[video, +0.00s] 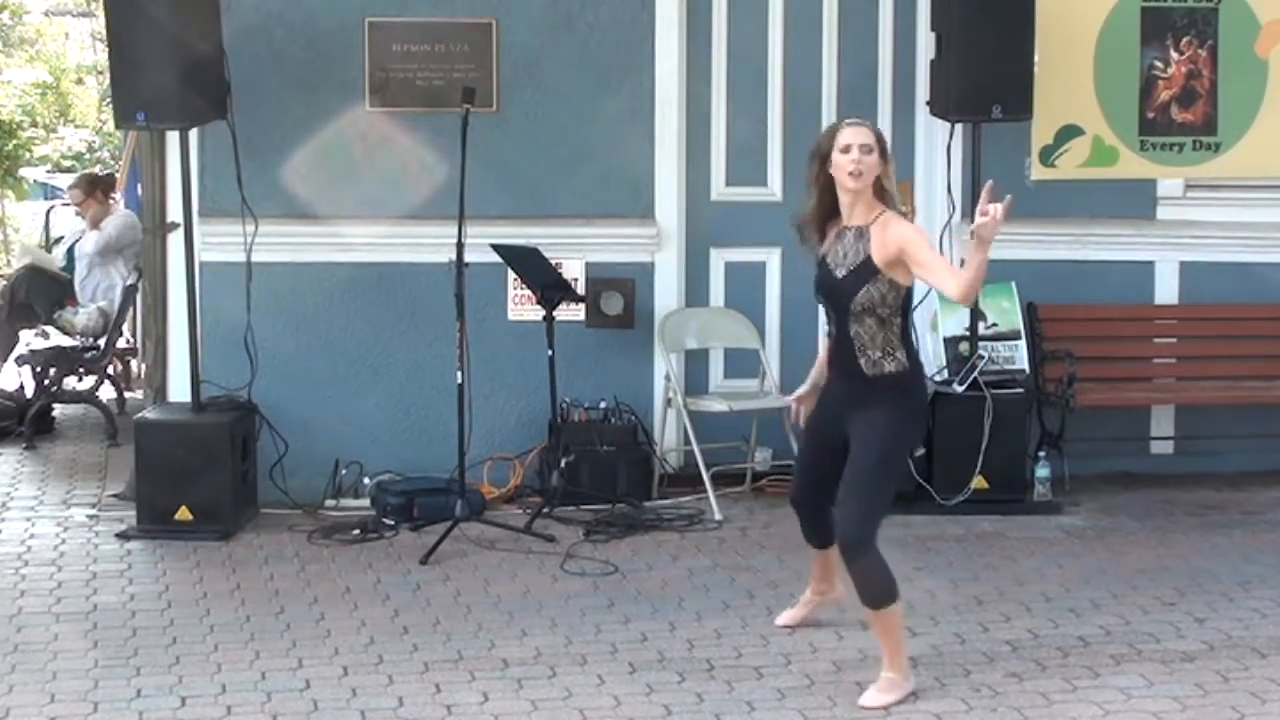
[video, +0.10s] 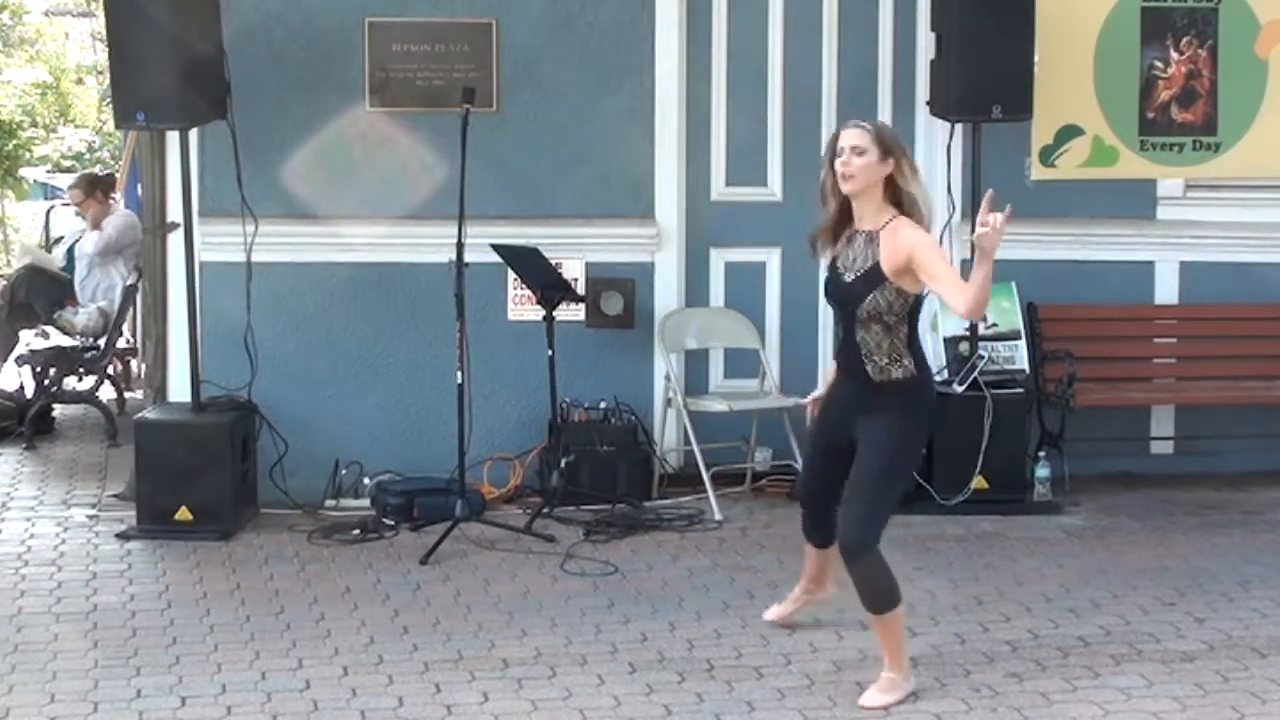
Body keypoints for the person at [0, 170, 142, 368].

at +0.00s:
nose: (77, 212)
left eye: (79, 205)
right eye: (75, 206)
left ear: (98, 196)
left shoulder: (125, 220)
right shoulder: (83, 231)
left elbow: (98, 248)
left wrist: (92, 225)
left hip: (100, 315)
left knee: (29, 276)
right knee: (11, 315)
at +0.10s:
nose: (77, 212)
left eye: (79, 205)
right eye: (75, 206)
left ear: (98, 196)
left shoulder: (125, 221)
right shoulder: (84, 232)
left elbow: (97, 248)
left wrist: (93, 225)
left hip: (100, 315)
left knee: (29, 276)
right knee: (11, 315)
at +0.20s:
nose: (77, 212)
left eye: (79, 205)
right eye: (75, 207)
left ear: (98, 197)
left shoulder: (125, 220)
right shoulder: (82, 230)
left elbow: (96, 249)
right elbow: (58, 260)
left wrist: (95, 223)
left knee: (29, 277)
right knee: (12, 316)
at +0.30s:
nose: (77, 212)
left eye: (79, 205)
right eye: (75, 207)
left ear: (97, 197)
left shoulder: (125, 221)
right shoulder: (84, 229)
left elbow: (96, 253)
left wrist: (95, 224)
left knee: (28, 278)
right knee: (12, 317)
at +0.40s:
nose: (78, 211)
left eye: (80, 205)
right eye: (75, 206)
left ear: (98, 197)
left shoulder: (124, 221)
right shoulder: (84, 230)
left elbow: (97, 256)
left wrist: (95, 224)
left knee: (29, 278)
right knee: (12, 316)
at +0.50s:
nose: (78, 211)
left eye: (80, 205)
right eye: (75, 206)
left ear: (98, 197)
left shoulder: (124, 221)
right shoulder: (85, 229)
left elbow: (96, 257)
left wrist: (95, 223)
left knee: (29, 278)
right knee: (12, 316)